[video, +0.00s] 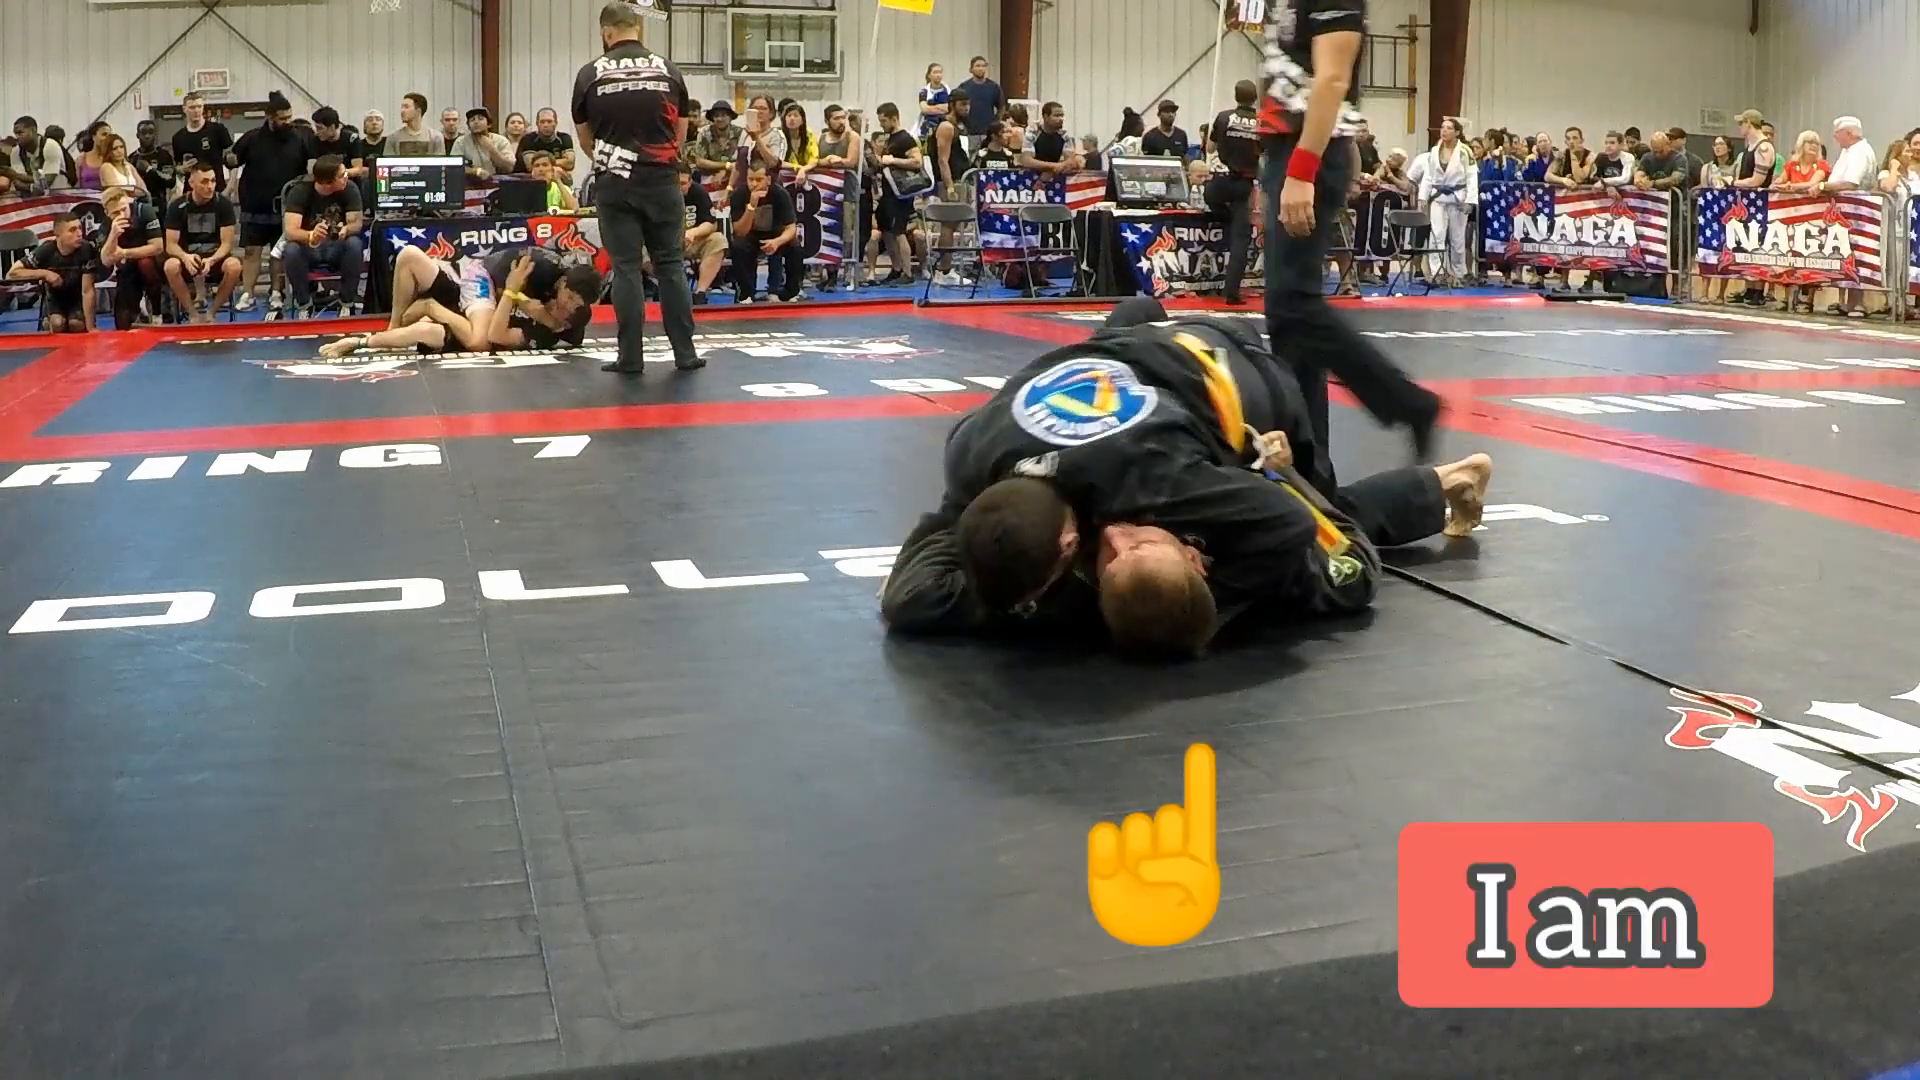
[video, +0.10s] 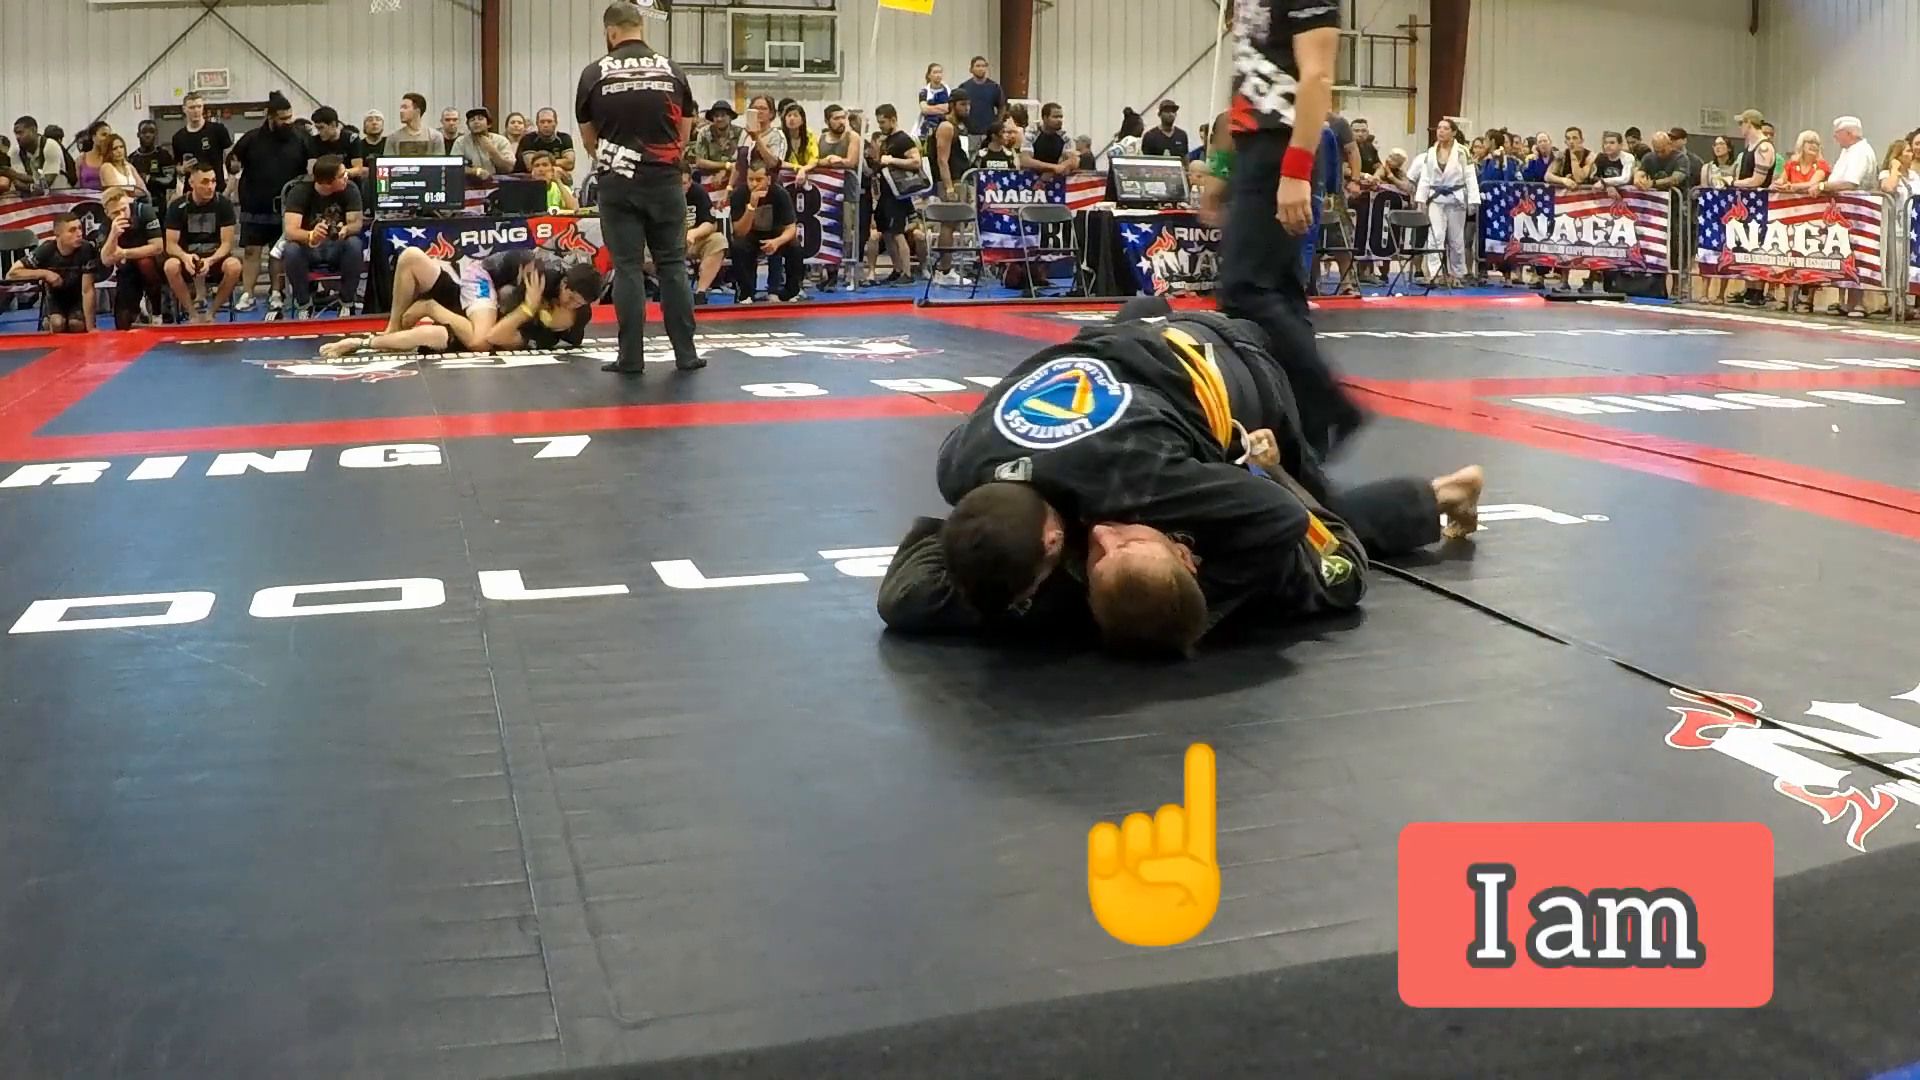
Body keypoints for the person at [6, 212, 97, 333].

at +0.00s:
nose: (79, 233)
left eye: (80, 229)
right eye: (73, 230)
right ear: (58, 235)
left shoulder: (86, 249)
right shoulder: (47, 249)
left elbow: (88, 290)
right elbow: (12, 274)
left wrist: (91, 327)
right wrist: (45, 273)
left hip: (77, 293)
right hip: (54, 294)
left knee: (77, 325)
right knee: (58, 324)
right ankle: (46, 324)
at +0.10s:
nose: (79, 233)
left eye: (80, 229)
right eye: (72, 230)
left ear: (82, 229)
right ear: (57, 235)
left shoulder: (86, 249)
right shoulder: (47, 249)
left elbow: (88, 290)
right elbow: (12, 274)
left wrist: (91, 327)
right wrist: (45, 273)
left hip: (77, 292)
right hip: (55, 293)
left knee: (77, 325)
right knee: (58, 324)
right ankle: (46, 323)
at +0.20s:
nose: (79, 233)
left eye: (80, 229)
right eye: (72, 230)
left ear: (82, 229)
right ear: (57, 235)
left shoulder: (86, 249)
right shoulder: (47, 249)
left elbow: (88, 290)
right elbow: (12, 274)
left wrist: (91, 327)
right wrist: (45, 273)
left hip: (77, 292)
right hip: (55, 292)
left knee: (77, 325)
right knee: (58, 324)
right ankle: (46, 324)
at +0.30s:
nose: (79, 234)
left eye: (79, 229)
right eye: (72, 231)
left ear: (82, 229)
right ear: (57, 234)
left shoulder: (86, 249)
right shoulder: (47, 249)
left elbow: (88, 290)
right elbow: (12, 274)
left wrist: (91, 327)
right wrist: (45, 273)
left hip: (77, 292)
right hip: (54, 292)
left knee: (77, 325)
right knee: (58, 324)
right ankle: (45, 324)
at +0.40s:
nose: (78, 234)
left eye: (79, 229)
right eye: (71, 231)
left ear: (82, 229)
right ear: (56, 234)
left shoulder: (86, 249)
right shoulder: (47, 249)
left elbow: (88, 290)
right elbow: (12, 274)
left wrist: (91, 327)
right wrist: (44, 273)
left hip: (77, 292)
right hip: (55, 292)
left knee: (77, 324)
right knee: (58, 324)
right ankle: (45, 324)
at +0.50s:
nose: (78, 235)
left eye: (79, 229)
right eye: (71, 231)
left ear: (81, 229)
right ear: (56, 235)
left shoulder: (86, 249)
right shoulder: (47, 249)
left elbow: (88, 290)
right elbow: (13, 273)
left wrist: (91, 327)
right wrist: (44, 273)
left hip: (77, 292)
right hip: (55, 292)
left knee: (77, 325)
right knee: (57, 324)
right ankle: (46, 323)